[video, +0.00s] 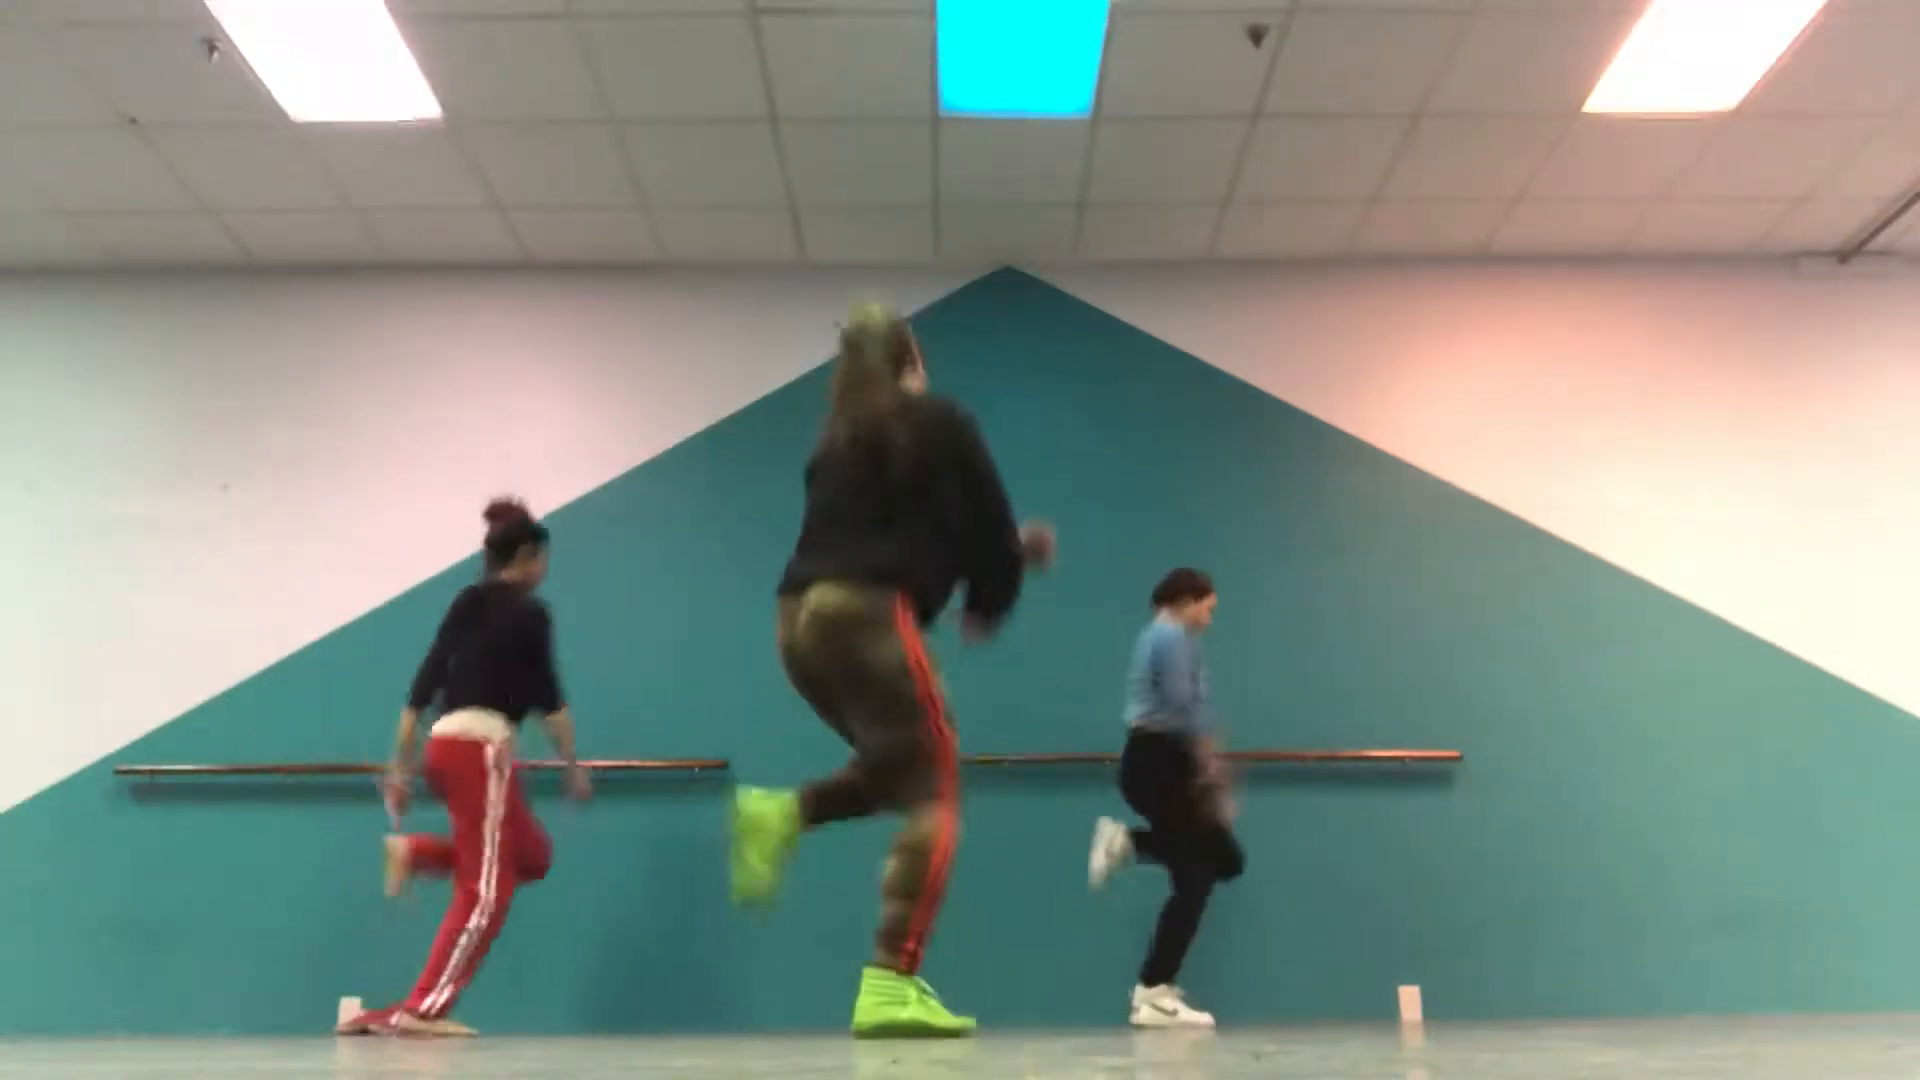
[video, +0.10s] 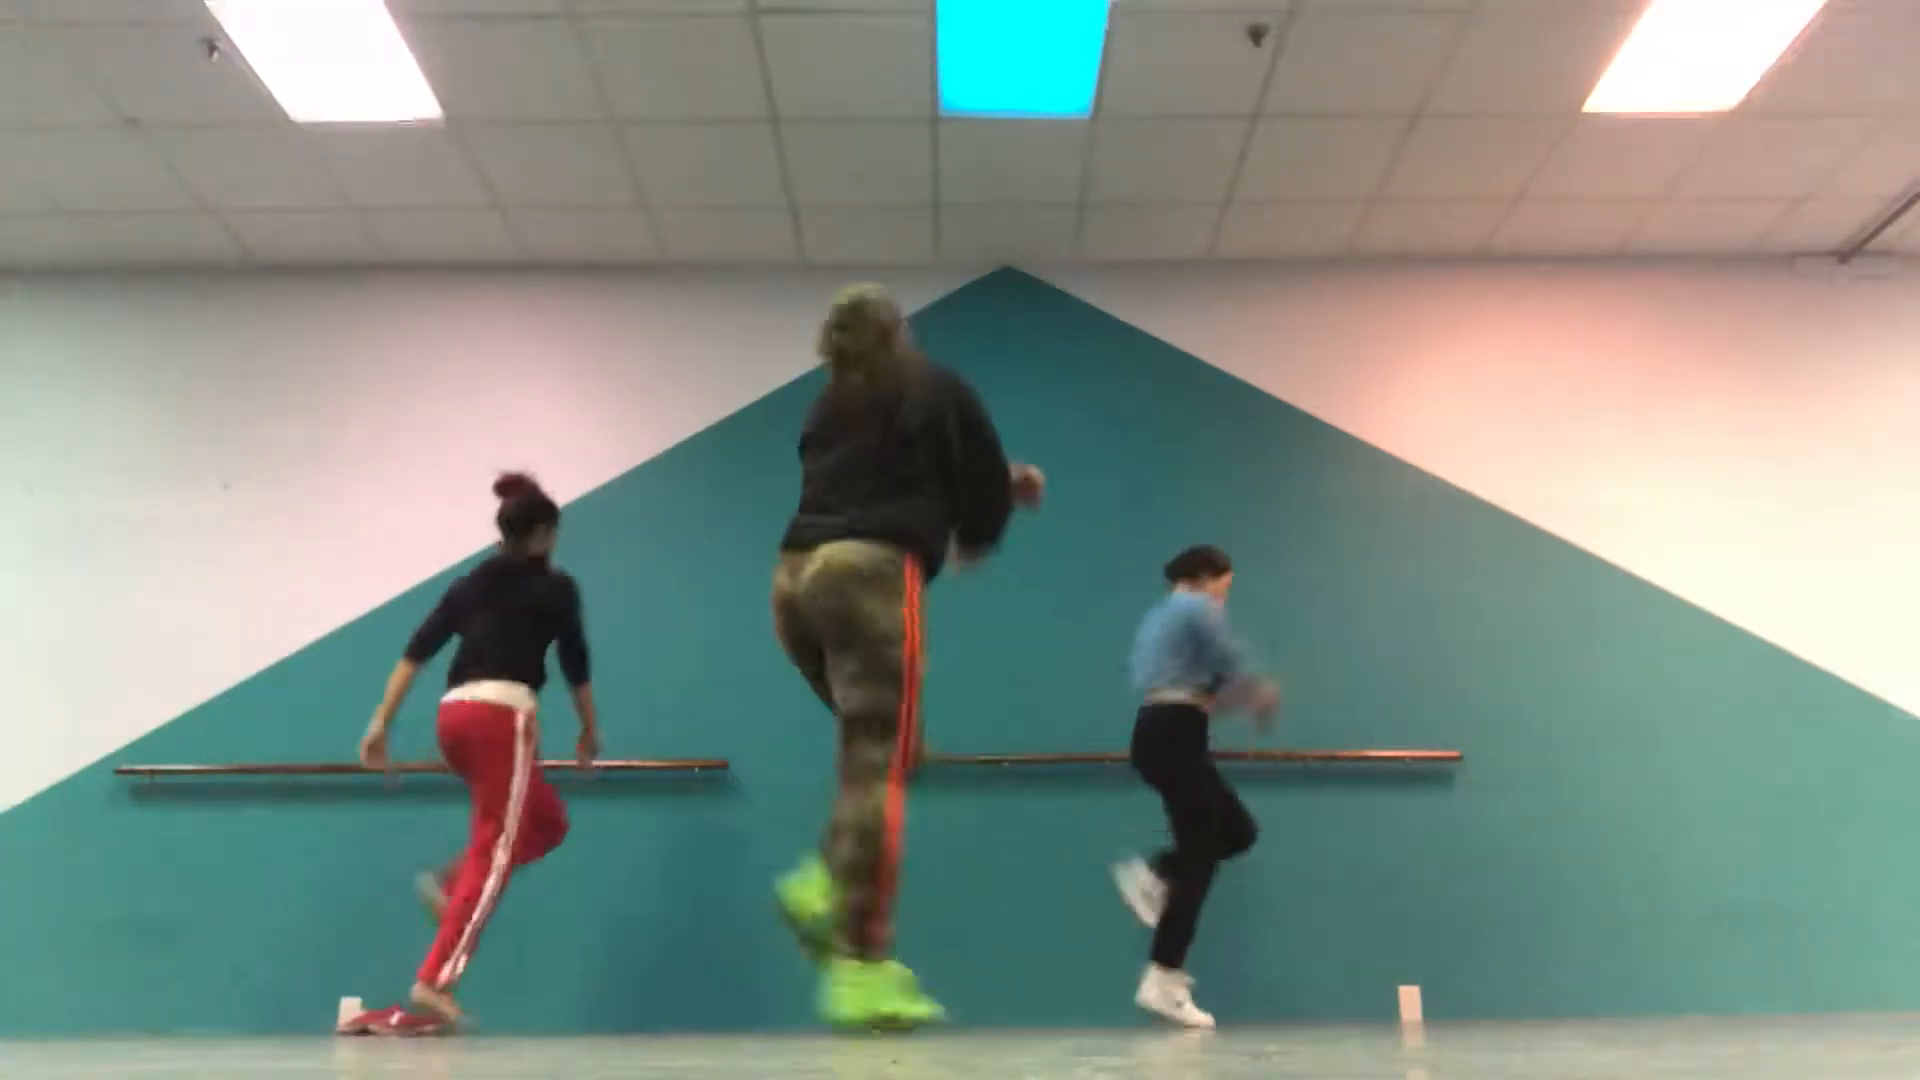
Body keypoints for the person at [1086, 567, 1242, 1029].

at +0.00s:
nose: (1209, 620)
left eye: (1211, 611)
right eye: (1207, 609)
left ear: (1176, 602)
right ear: (1188, 602)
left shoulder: (1161, 636)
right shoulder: (1171, 636)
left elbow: (1182, 709)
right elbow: (1183, 704)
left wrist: (1206, 771)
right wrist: (1204, 757)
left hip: (1151, 756)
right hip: (1159, 756)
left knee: (1221, 859)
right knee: (1200, 869)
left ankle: (1127, 842)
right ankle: (1155, 989)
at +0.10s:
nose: (1224, 595)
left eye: (1225, 587)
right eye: (1223, 587)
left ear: (1180, 580)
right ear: (1211, 581)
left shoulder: (1161, 617)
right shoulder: (1197, 609)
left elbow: (1193, 685)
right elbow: (1234, 663)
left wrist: (1244, 693)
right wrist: (1258, 695)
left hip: (1155, 734)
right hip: (1174, 734)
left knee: (1238, 830)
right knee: (1205, 844)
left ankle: (1156, 876)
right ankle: (1164, 975)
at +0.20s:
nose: (1240, 585)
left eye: (1239, 579)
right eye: (1238, 578)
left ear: (1195, 575)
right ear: (1226, 574)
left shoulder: (1170, 608)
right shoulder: (1221, 599)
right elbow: (1284, 629)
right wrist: (1302, 625)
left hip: (1157, 726)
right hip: (1192, 723)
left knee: (1225, 840)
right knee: (1230, 842)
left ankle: (1221, 948)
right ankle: (1193, 953)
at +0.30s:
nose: (1249, 599)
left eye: (1247, 592)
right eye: (1245, 592)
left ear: (1203, 597)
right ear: (1231, 593)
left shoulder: (1181, 635)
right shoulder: (1243, 621)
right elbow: (1297, 614)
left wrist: (1280, 606)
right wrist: (1302, 597)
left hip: (1183, 743)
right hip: (1225, 741)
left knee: (1225, 871)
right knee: (1231, 868)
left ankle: (1279, 981)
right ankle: (1199, 986)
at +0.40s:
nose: (1264, 599)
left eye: (1261, 593)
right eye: (1262, 593)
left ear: (1218, 601)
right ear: (1255, 594)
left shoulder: (1196, 640)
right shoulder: (1269, 621)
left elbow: (1223, 677)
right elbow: (1308, 626)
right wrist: (1295, 614)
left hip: (1203, 743)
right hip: (1248, 739)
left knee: (1264, 865)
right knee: (1247, 867)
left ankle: (1289, 985)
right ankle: (1198, 979)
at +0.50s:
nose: (1280, 597)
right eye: (1279, 590)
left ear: (1234, 599)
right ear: (1276, 590)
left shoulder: (1217, 637)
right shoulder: (1297, 621)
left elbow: (1214, 695)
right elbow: (1331, 676)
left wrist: (1244, 720)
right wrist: (1323, 727)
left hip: (1238, 742)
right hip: (1289, 734)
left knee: (1280, 862)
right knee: (1346, 849)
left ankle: (1291, 984)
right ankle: (1278, 916)